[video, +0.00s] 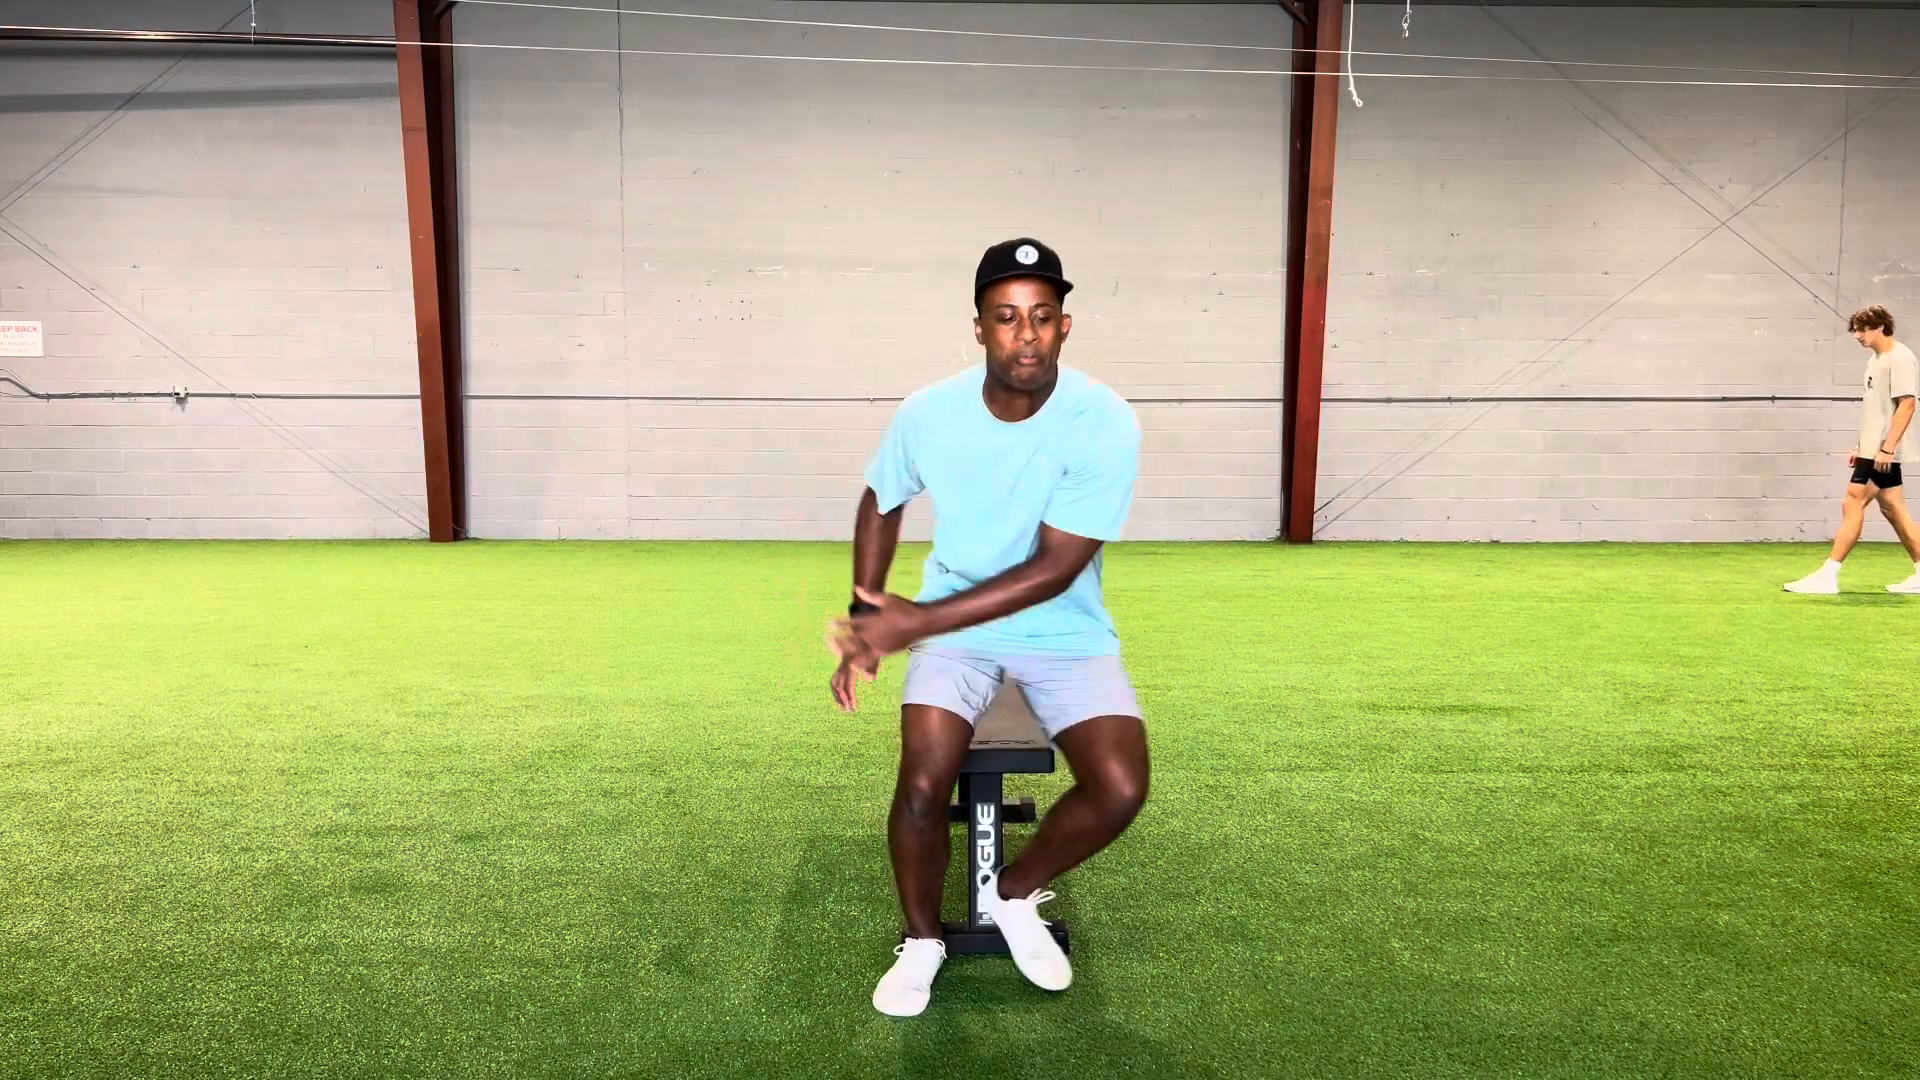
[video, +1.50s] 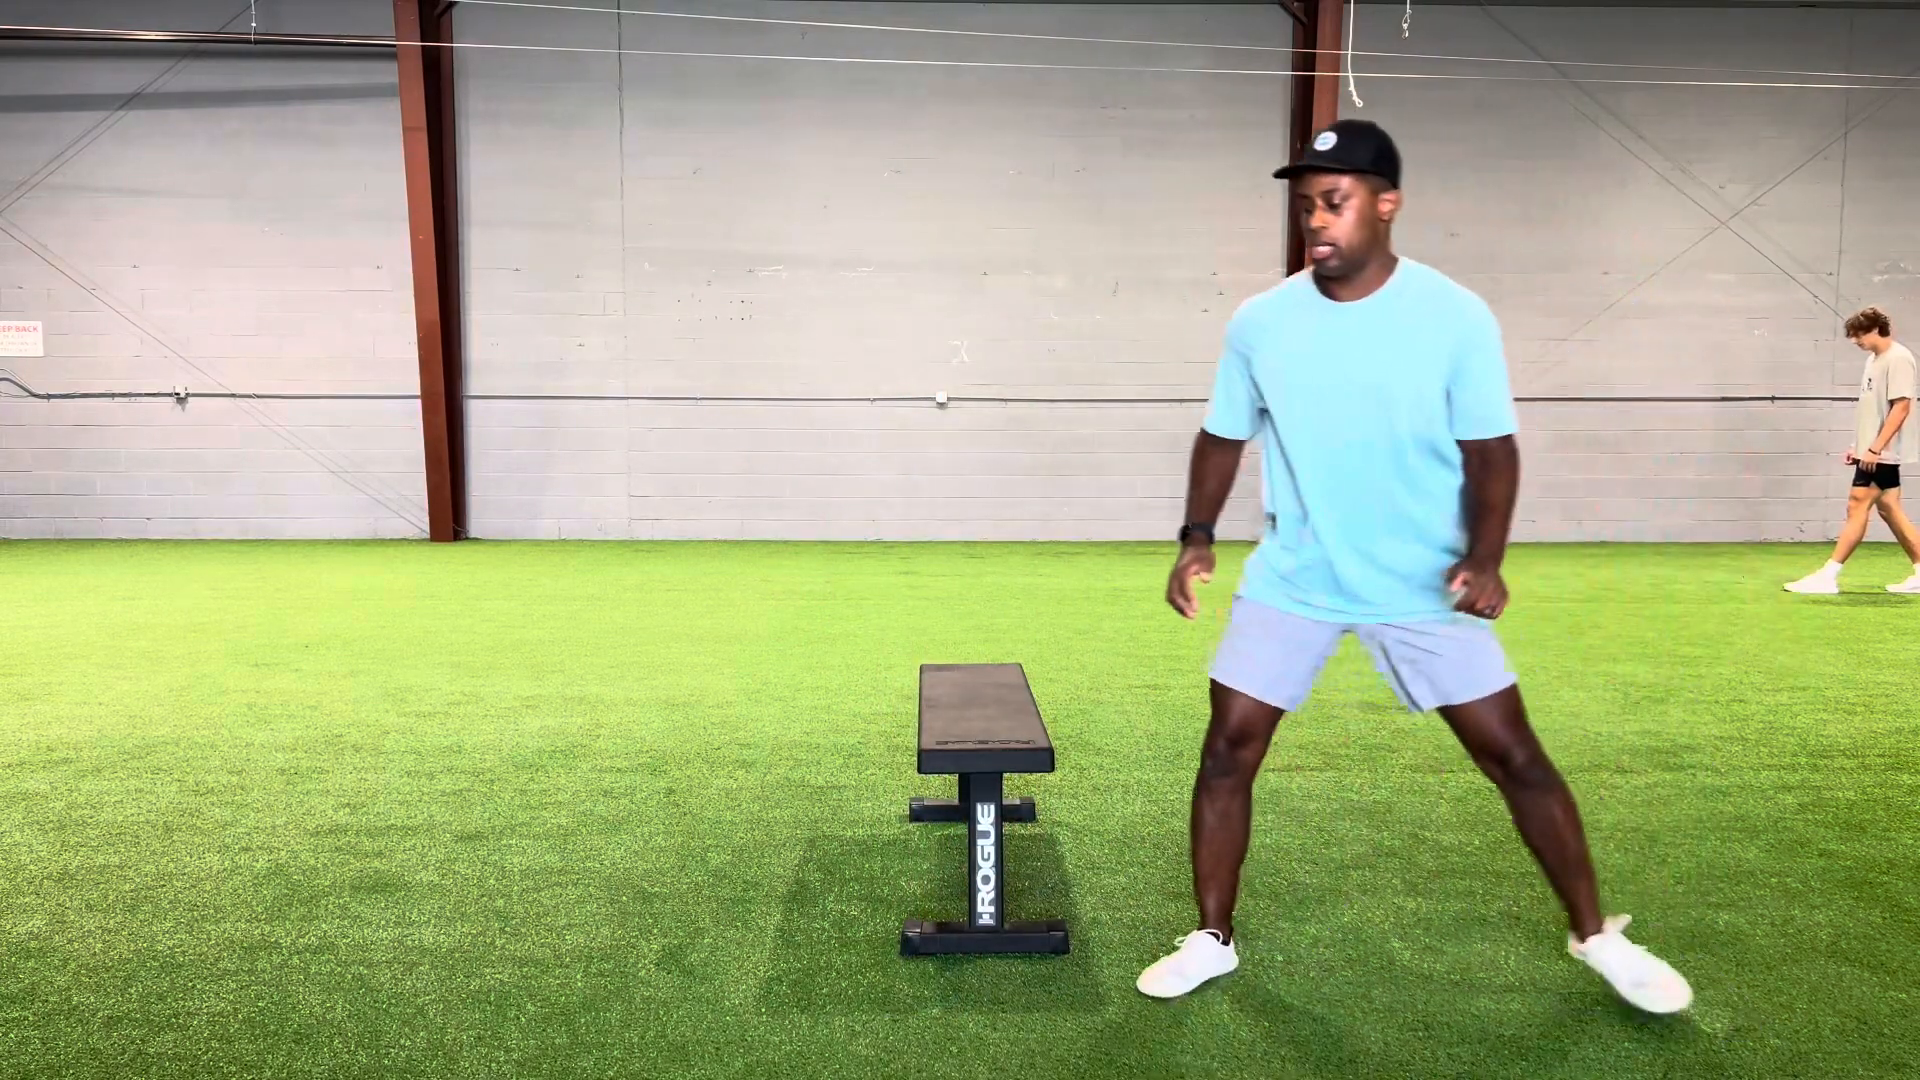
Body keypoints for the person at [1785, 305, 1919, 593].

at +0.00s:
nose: (1858, 337)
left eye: (1862, 330)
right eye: (1856, 332)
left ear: (1879, 328)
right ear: (1870, 332)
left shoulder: (1900, 357)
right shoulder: (1875, 359)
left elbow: (1907, 405)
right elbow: (1874, 410)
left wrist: (1888, 448)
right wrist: (1860, 447)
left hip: (1882, 449)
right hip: (1873, 449)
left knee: (1853, 504)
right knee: (1893, 508)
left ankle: (1828, 574)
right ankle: (1919, 570)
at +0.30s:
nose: (1859, 337)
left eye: (1862, 330)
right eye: (1856, 332)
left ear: (1879, 328)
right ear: (1870, 332)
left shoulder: (1899, 357)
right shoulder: (1876, 358)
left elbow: (1903, 407)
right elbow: (1874, 410)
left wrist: (1877, 447)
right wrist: (1859, 447)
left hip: (1882, 450)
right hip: (1874, 450)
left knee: (1856, 504)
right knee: (1892, 509)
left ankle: (1828, 574)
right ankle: (1919, 570)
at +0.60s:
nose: (1858, 337)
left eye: (1862, 330)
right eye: (1856, 332)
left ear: (1879, 328)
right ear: (1868, 332)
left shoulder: (1898, 357)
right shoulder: (1875, 359)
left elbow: (1900, 407)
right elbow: (1873, 410)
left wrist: (1872, 447)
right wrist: (1857, 446)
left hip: (1880, 451)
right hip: (1874, 451)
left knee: (1857, 505)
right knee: (1890, 509)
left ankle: (1828, 574)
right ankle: (1919, 570)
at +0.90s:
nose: (1860, 337)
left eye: (1863, 330)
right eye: (1857, 332)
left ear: (1881, 328)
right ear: (1859, 334)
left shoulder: (1899, 357)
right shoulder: (1873, 359)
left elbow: (1903, 407)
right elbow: (1871, 409)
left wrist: (1879, 448)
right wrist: (1859, 450)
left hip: (1880, 451)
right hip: (1872, 450)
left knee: (1857, 506)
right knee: (1890, 510)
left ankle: (1829, 574)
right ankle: (1919, 569)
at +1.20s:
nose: (1860, 338)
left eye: (1864, 331)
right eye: (1857, 333)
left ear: (1881, 329)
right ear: (1861, 334)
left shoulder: (1899, 358)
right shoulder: (1874, 358)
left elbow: (1903, 407)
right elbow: (1870, 409)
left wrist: (1881, 449)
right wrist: (1857, 448)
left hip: (1879, 451)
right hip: (1870, 450)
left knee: (1857, 506)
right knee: (1890, 510)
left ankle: (1829, 574)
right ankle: (1919, 570)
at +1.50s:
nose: (1857, 343)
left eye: (1859, 336)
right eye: (1855, 338)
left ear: (1876, 330)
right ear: (1869, 334)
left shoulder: (1899, 357)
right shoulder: (1875, 359)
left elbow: (1902, 408)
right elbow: (1872, 409)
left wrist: (1876, 449)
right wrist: (1858, 447)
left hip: (1881, 452)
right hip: (1873, 452)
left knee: (1858, 506)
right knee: (1890, 510)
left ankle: (1828, 575)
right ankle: (1919, 570)